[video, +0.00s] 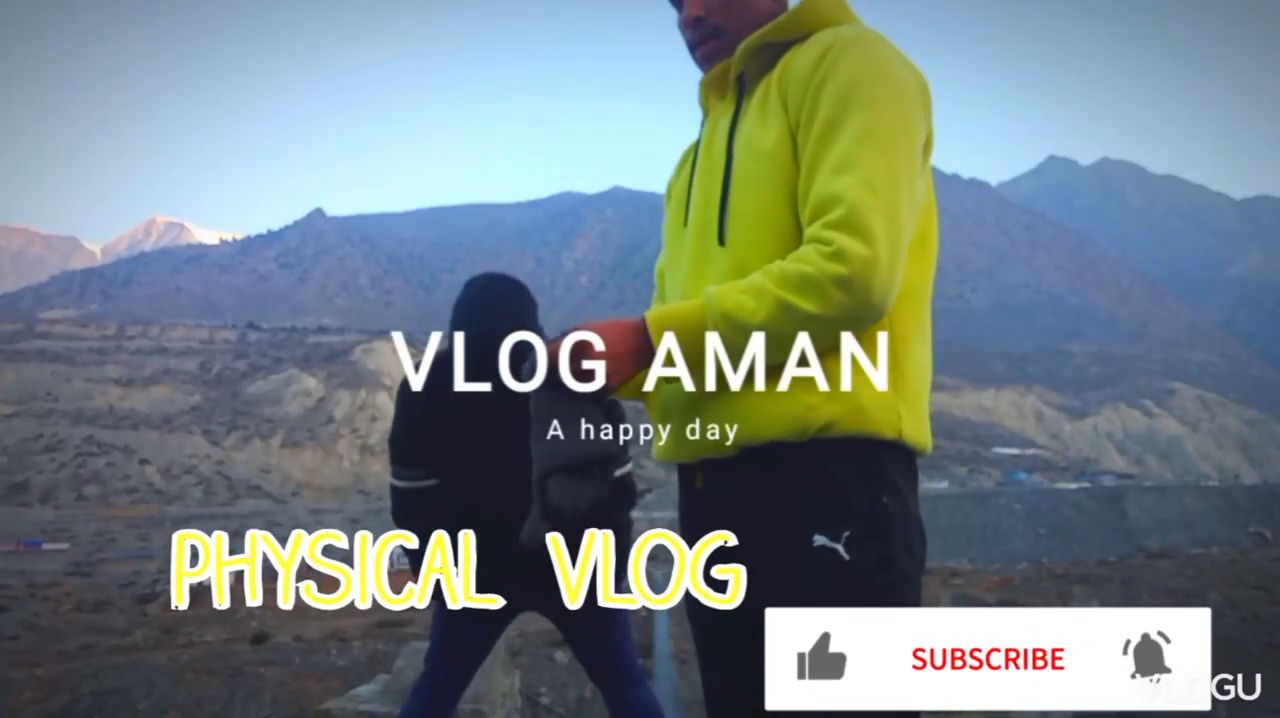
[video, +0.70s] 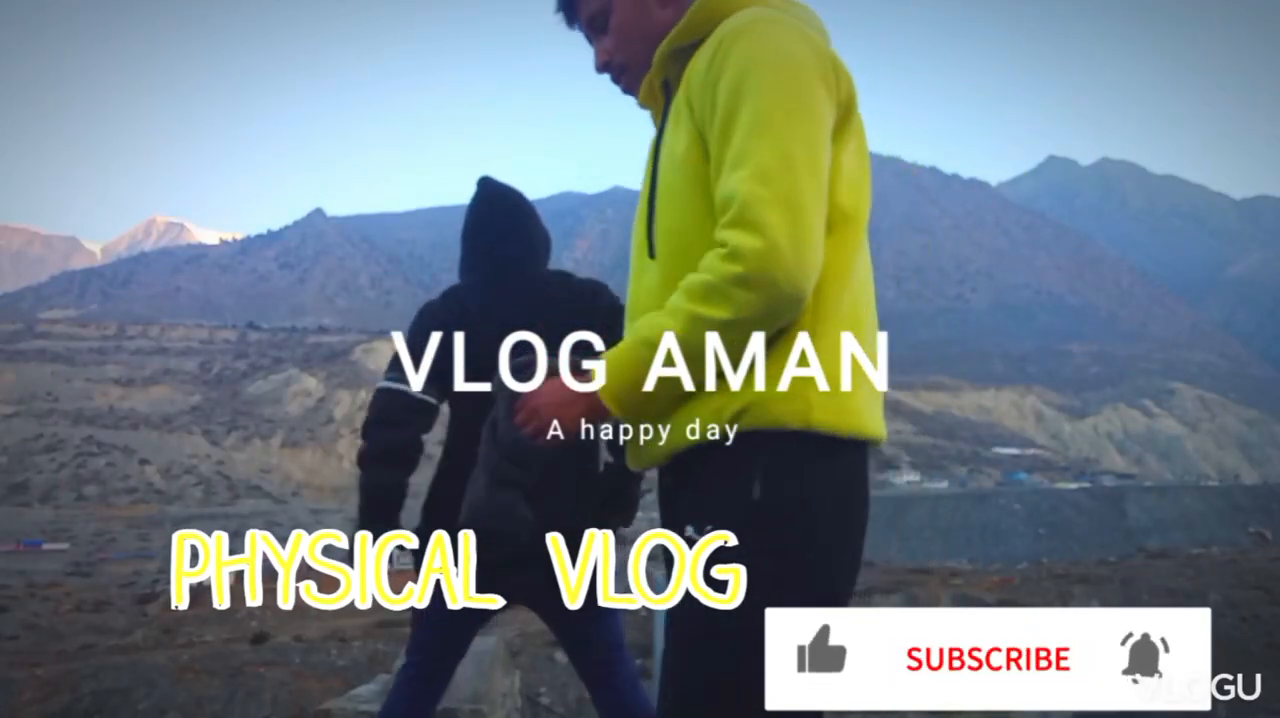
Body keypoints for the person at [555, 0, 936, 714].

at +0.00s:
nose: (688, 13)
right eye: (679, 2)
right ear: (678, 13)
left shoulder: (852, 61)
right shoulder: (694, 157)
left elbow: (854, 271)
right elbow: (683, 318)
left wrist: (651, 340)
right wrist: (627, 365)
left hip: (833, 478)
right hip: (720, 483)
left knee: (841, 702)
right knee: (734, 701)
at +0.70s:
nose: (598, 58)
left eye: (598, 22)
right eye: (587, 38)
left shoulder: (763, 43)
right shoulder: (703, 82)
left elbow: (768, 264)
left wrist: (603, 391)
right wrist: (604, 396)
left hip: (774, 457)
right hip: (724, 457)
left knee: (723, 700)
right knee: (706, 698)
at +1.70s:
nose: (437, 67)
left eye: (449, 36)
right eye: (430, 48)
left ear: (521, 18)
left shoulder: (587, 136)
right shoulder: (503, 153)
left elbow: (557, 356)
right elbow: (464, 332)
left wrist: (361, 407)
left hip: (568, 504)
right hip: (492, 504)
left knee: (571, 702)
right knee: (451, 701)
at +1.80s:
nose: (439, 82)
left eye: (453, 55)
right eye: (429, 68)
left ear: (519, 43)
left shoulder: (589, 157)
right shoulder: (466, 195)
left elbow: (560, 355)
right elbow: (435, 334)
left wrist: (373, 397)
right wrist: (332, 398)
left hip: (565, 493)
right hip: (474, 496)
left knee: (562, 702)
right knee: (462, 699)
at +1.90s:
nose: (452, 85)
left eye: (467, 59)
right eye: (437, 74)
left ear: (525, 52)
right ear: (431, 86)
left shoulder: (592, 161)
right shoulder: (453, 204)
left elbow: (545, 343)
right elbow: (423, 342)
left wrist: (380, 372)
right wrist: (339, 375)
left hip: (565, 480)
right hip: (471, 483)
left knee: (559, 696)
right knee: (462, 692)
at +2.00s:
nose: (470, 87)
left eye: (486, 64)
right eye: (453, 77)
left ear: (535, 64)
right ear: (447, 94)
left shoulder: (595, 168)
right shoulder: (451, 211)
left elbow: (522, 320)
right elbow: (420, 345)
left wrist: (354, 333)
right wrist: (318, 335)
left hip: (561, 484)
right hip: (464, 489)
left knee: (564, 699)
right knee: (465, 696)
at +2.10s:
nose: (480, 95)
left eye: (496, 72)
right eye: (463, 83)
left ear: (544, 77)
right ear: (455, 100)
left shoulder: (596, 174)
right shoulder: (445, 217)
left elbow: (512, 287)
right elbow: (412, 353)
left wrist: (333, 284)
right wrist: (333, 309)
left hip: (558, 485)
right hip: (458, 492)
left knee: (569, 695)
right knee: (460, 691)